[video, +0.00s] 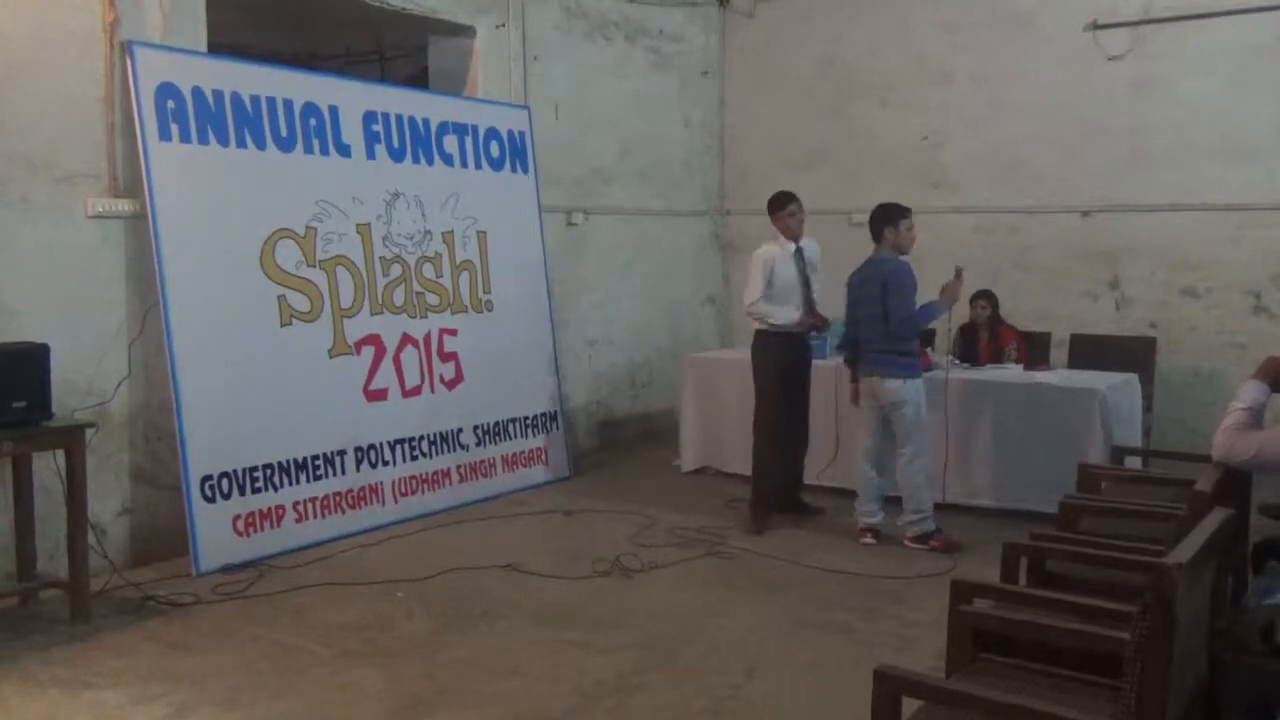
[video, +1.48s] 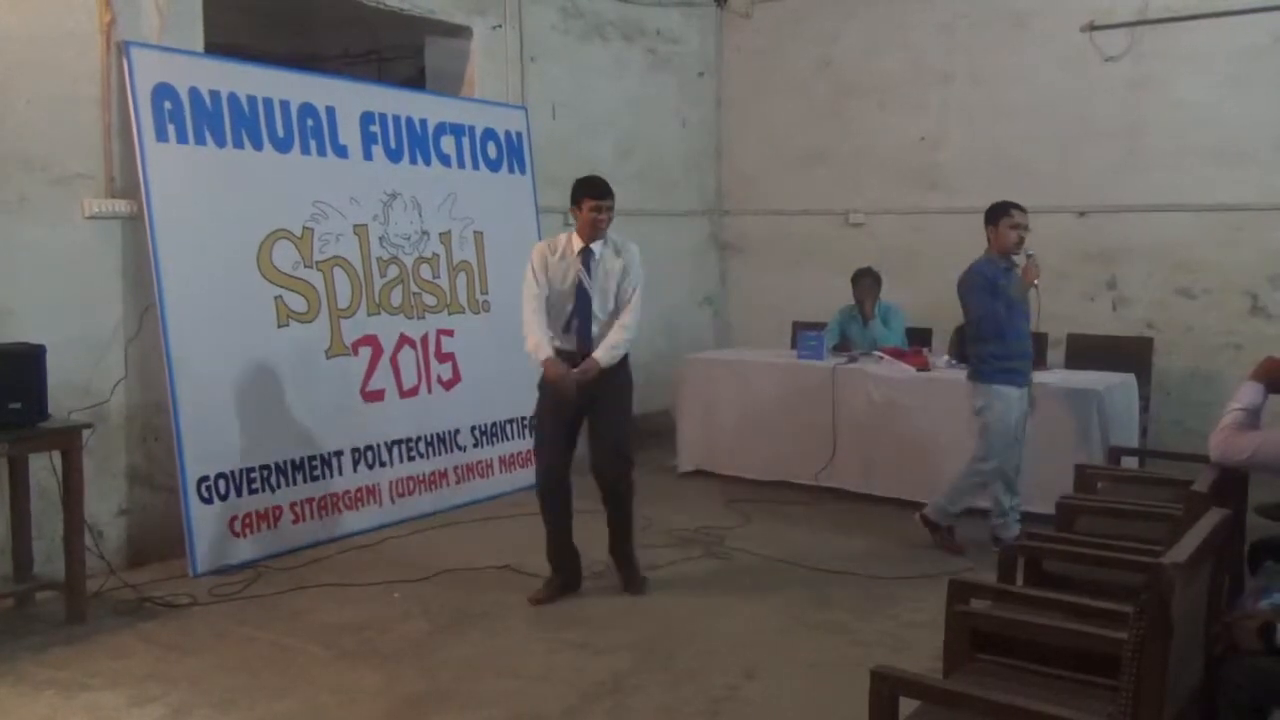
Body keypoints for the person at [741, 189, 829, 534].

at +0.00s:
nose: (794, 222)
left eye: (797, 215)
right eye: (787, 218)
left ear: (803, 215)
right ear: (775, 221)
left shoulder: (811, 250)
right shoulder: (766, 254)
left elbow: (807, 296)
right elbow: (752, 305)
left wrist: (814, 315)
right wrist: (795, 319)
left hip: (798, 343)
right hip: (771, 342)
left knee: (796, 422)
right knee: (770, 423)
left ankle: (790, 495)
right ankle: (761, 503)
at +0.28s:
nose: (750, 244)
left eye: (754, 236)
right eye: (742, 238)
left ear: (766, 226)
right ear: (734, 235)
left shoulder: (791, 254)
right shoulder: (727, 261)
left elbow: (805, 298)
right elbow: (715, 311)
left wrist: (796, 333)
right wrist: (750, 336)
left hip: (785, 353)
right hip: (745, 355)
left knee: (796, 427)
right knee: (749, 433)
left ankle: (795, 482)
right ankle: (758, 506)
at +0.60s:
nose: (702, 263)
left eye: (705, 256)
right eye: (696, 258)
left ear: (719, 245)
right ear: (690, 253)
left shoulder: (754, 265)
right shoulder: (692, 274)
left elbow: (783, 312)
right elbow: (687, 314)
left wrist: (770, 355)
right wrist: (691, 350)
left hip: (750, 353)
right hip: (713, 355)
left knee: (732, 436)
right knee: (734, 434)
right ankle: (757, 505)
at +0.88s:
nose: (664, 248)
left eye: (670, 240)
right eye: (659, 240)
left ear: (686, 232)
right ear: (654, 236)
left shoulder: (713, 264)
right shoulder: (654, 258)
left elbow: (734, 324)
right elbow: (649, 307)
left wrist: (739, 381)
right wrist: (645, 349)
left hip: (707, 358)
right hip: (670, 360)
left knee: (699, 453)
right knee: (661, 446)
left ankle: (699, 545)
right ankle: (709, 487)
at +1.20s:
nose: (626, 229)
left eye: (633, 222)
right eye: (619, 223)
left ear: (645, 222)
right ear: (608, 223)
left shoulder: (664, 265)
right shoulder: (593, 263)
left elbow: (652, 322)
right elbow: (576, 321)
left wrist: (617, 365)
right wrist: (554, 366)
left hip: (652, 371)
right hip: (607, 370)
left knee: (664, 461)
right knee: (592, 468)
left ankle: (693, 544)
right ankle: (569, 566)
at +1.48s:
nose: (600, 219)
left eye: (606, 212)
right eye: (593, 211)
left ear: (613, 214)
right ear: (574, 212)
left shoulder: (625, 255)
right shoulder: (545, 254)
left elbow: (630, 319)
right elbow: (533, 313)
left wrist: (595, 362)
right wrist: (547, 361)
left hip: (609, 367)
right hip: (559, 368)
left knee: (613, 468)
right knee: (549, 472)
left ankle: (625, 561)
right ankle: (564, 570)